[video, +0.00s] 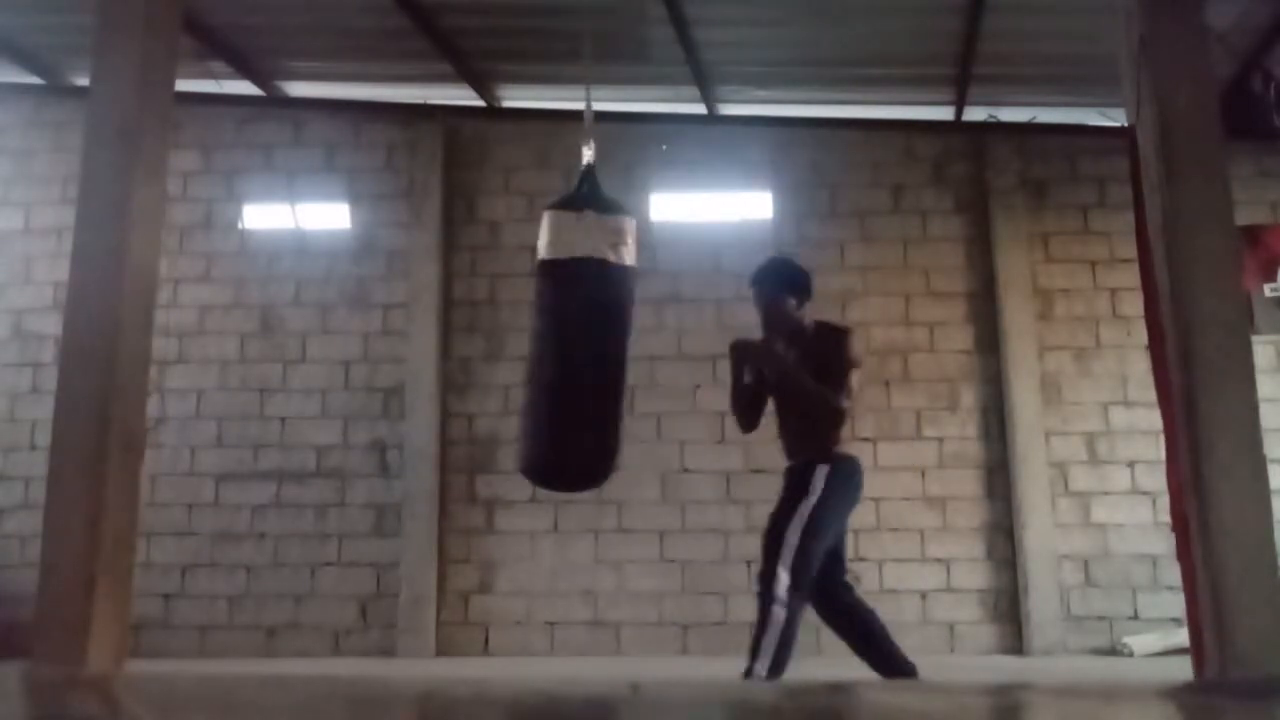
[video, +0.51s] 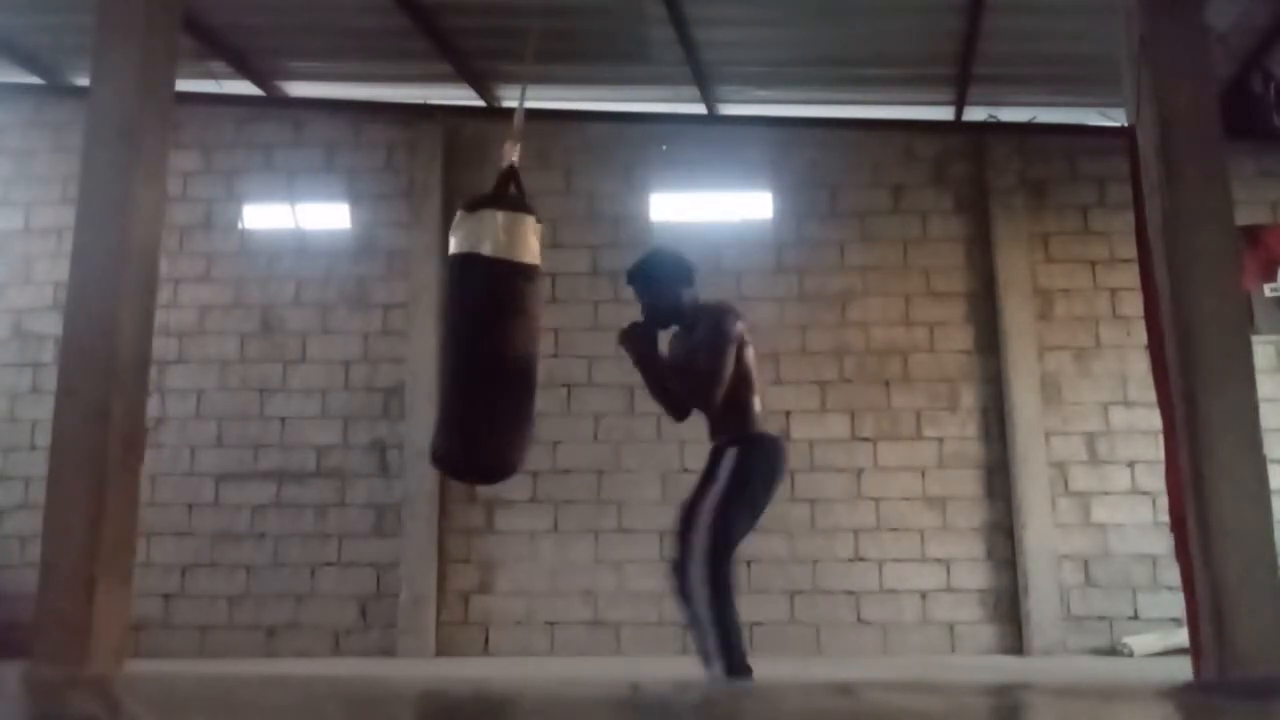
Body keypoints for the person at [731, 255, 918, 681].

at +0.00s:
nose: (760, 310)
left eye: (766, 300)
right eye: (758, 300)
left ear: (791, 299)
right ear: (765, 300)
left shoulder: (828, 339)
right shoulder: (768, 348)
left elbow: (834, 411)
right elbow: (747, 419)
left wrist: (779, 364)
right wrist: (745, 370)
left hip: (828, 471)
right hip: (805, 472)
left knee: (782, 577)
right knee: (827, 587)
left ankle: (756, 690)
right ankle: (906, 681)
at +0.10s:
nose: (734, 322)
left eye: (739, 312)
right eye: (731, 312)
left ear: (762, 311)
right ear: (738, 316)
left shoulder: (803, 347)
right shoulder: (732, 363)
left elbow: (812, 418)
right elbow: (733, 429)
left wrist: (760, 376)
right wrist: (727, 381)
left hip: (812, 472)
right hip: (787, 474)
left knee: (753, 563)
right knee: (812, 594)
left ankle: (744, 683)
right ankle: (902, 676)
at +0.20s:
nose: (700, 323)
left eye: (704, 314)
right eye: (700, 314)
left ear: (722, 313)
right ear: (733, 314)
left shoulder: (774, 343)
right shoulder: (720, 358)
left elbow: (794, 403)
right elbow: (714, 432)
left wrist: (731, 367)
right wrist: (692, 391)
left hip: (790, 473)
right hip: (783, 475)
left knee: (725, 575)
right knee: (779, 597)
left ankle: (735, 692)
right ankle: (889, 669)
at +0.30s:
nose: (671, 312)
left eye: (674, 301)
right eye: (670, 302)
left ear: (692, 299)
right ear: (706, 297)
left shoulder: (748, 326)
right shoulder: (699, 343)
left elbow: (754, 392)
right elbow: (702, 417)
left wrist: (694, 351)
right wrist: (670, 371)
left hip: (781, 459)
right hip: (765, 459)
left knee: (728, 577)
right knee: (742, 578)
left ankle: (737, 691)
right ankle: (838, 668)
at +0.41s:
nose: (648, 304)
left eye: (654, 291)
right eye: (647, 293)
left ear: (680, 286)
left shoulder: (730, 317)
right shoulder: (684, 334)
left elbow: (719, 390)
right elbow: (691, 406)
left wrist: (667, 346)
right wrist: (654, 355)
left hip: (770, 447)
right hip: (747, 449)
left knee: (732, 561)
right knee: (713, 566)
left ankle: (745, 683)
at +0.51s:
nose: (643, 308)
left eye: (647, 295)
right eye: (640, 297)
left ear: (673, 288)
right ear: (666, 294)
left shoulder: (719, 320)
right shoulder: (683, 339)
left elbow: (706, 397)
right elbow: (676, 407)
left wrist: (649, 355)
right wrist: (645, 356)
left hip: (748, 453)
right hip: (731, 454)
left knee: (703, 555)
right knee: (693, 557)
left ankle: (730, 678)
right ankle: (726, 676)